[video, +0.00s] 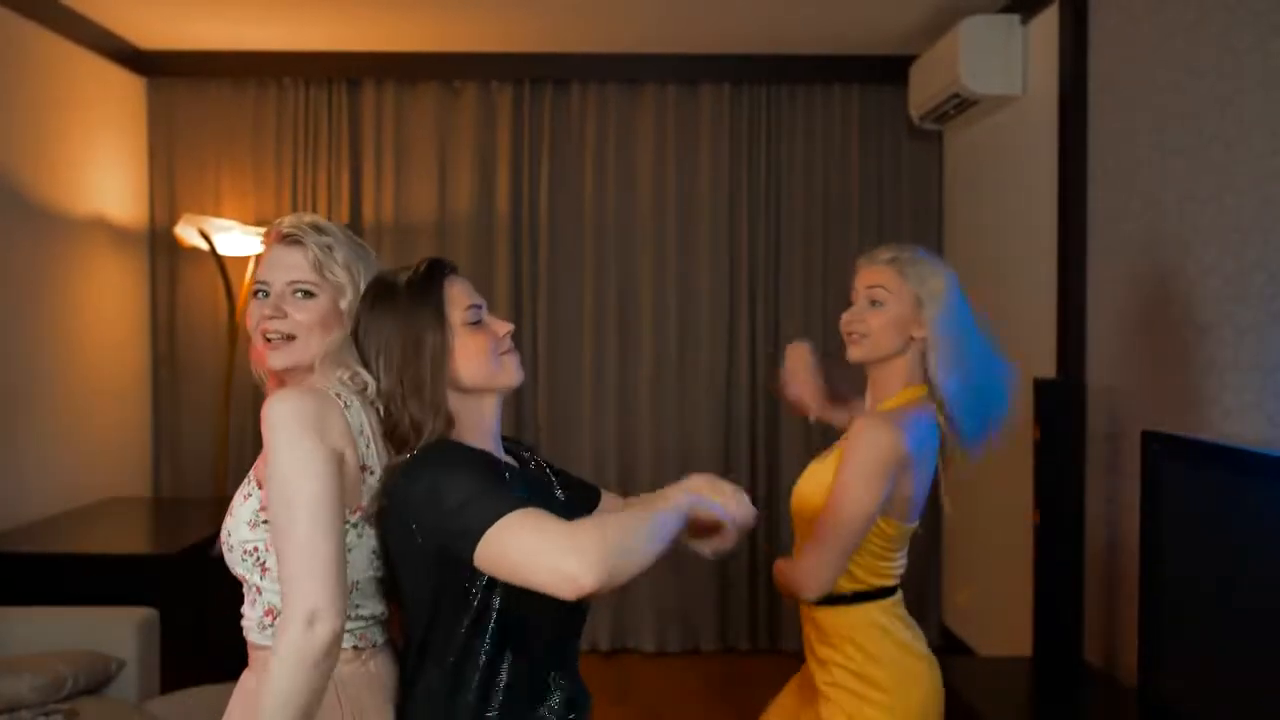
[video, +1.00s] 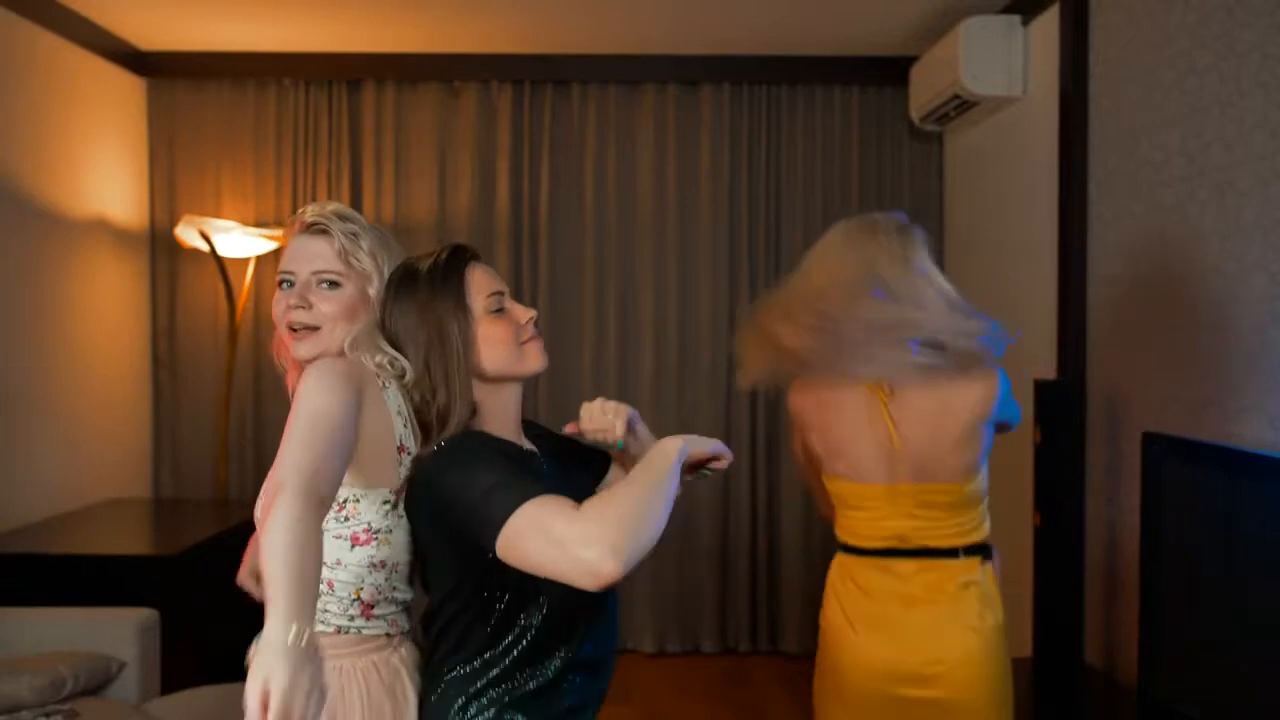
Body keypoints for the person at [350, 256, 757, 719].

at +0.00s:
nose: (505, 326)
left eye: (490, 313)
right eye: (475, 319)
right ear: (423, 354)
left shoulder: (517, 464)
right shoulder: (432, 479)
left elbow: (620, 511)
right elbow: (574, 565)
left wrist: (685, 515)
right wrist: (680, 498)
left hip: (552, 704)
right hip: (470, 708)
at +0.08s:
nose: (505, 315)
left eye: (490, 302)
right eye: (475, 308)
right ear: (423, 343)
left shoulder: (517, 455)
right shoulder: (436, 468)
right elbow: (586, 550)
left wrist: (642, 493)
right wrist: (636, 463)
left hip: (559, 701)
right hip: (478, 706)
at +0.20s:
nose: (509, 302)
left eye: (494, 290)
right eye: (479, 293)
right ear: (427, 327)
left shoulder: (504, 440)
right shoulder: (439, 450)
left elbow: (637, 516)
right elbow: (603, 533)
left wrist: (618, 437)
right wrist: (582, 426)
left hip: (550, 699)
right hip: (488, 704)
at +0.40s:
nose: (516, 311)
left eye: (501, 296)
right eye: (487, 301)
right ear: (433, 333)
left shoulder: (498, 446)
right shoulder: (433, 457)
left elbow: (633, 515)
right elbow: (601, 529)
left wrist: (614, 456)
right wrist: (612, 436)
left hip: (552, 698)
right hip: (496, 703)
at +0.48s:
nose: (518, 318)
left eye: (505, 305)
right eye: (489, 310)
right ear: (436, 340)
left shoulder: (514, 459)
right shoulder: (436, 470)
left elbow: (582, 525)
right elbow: (595, 538)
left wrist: (654, 472)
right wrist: (661, 455)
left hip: (555, 702)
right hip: (492, 706)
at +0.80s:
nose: (528, 332)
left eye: (513, 319)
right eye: (497, 326)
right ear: (446, 361)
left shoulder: (537, 466)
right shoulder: (465, 489)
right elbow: (610, 590)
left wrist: (651, 487)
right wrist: (627, 481)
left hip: (554, 704)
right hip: (490, 707)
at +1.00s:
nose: (528, 313)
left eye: (514, 300)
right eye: (497, 307)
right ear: (446, 342)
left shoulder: (542, 446)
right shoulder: (454, 468)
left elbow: (643, 495)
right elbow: (594, 553)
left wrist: (632, 440)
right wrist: (670, 452)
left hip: (566, 703)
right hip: (486, 707)